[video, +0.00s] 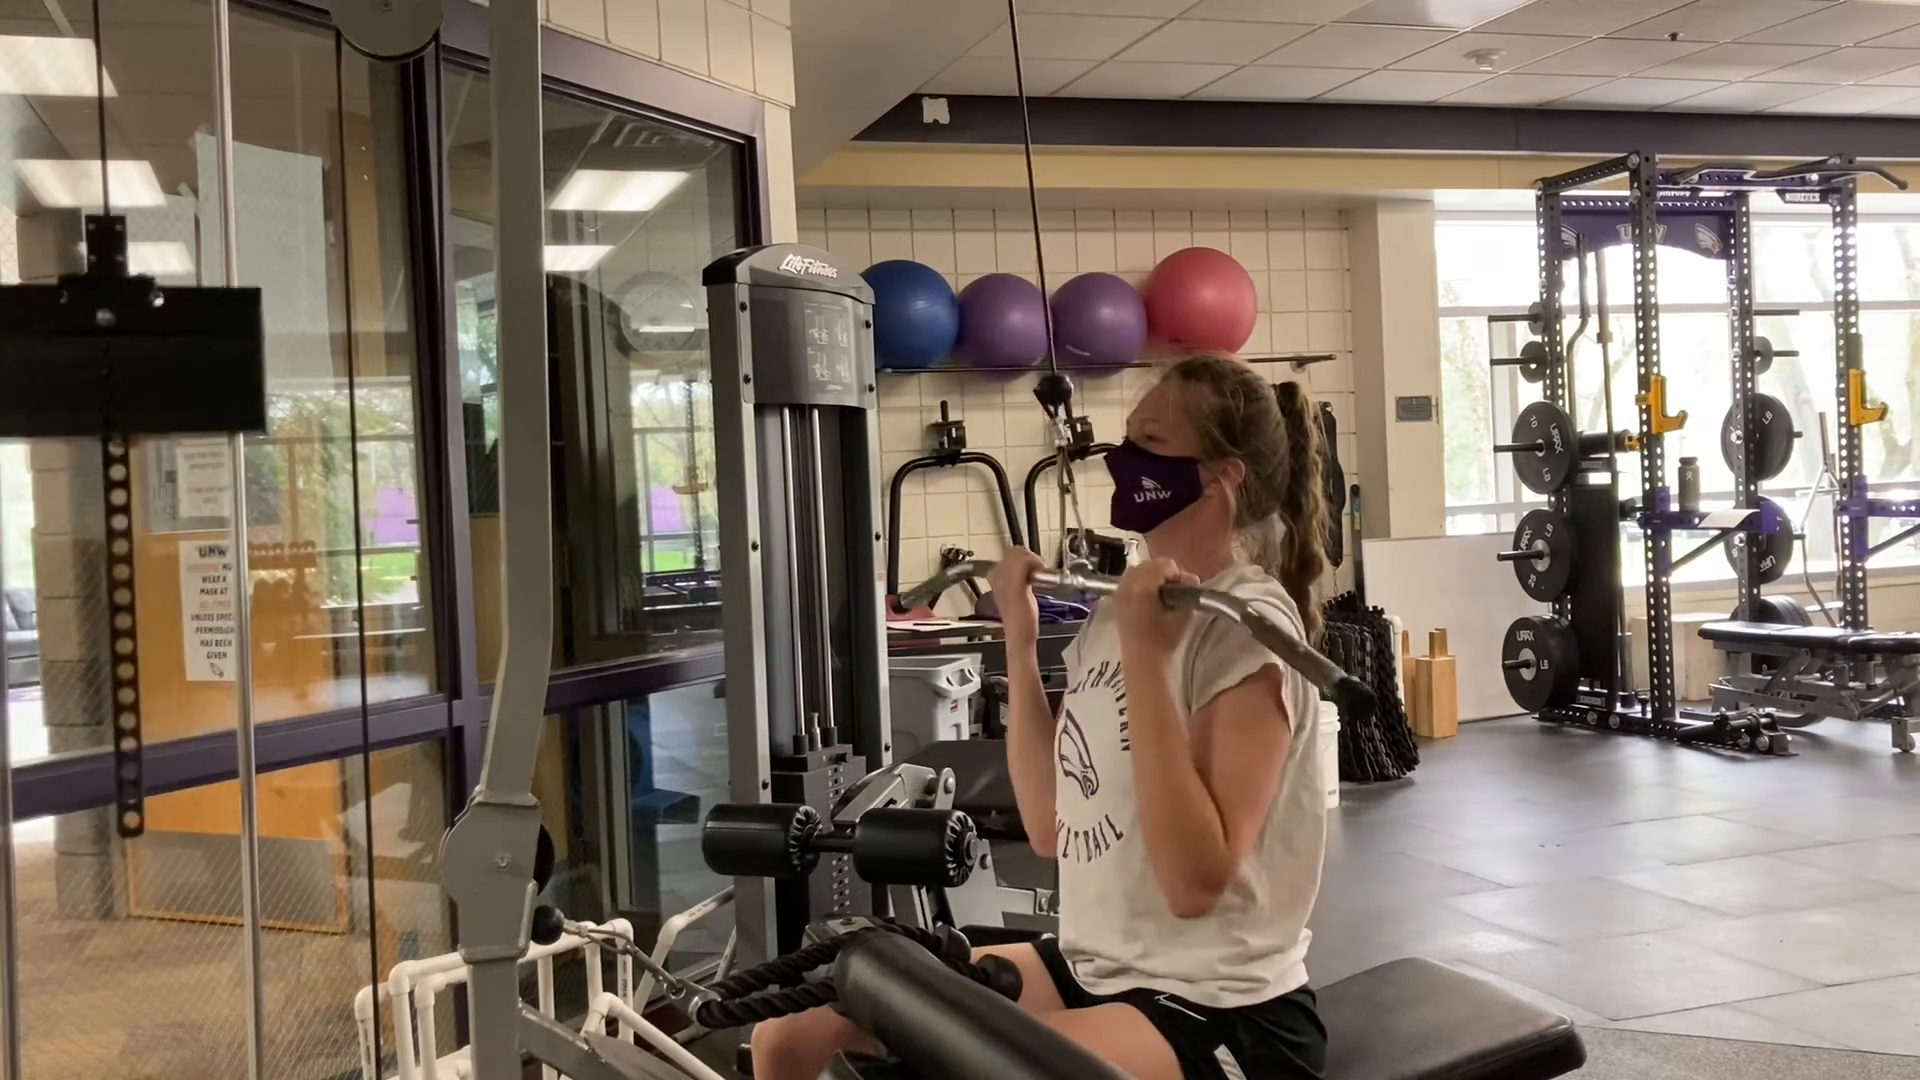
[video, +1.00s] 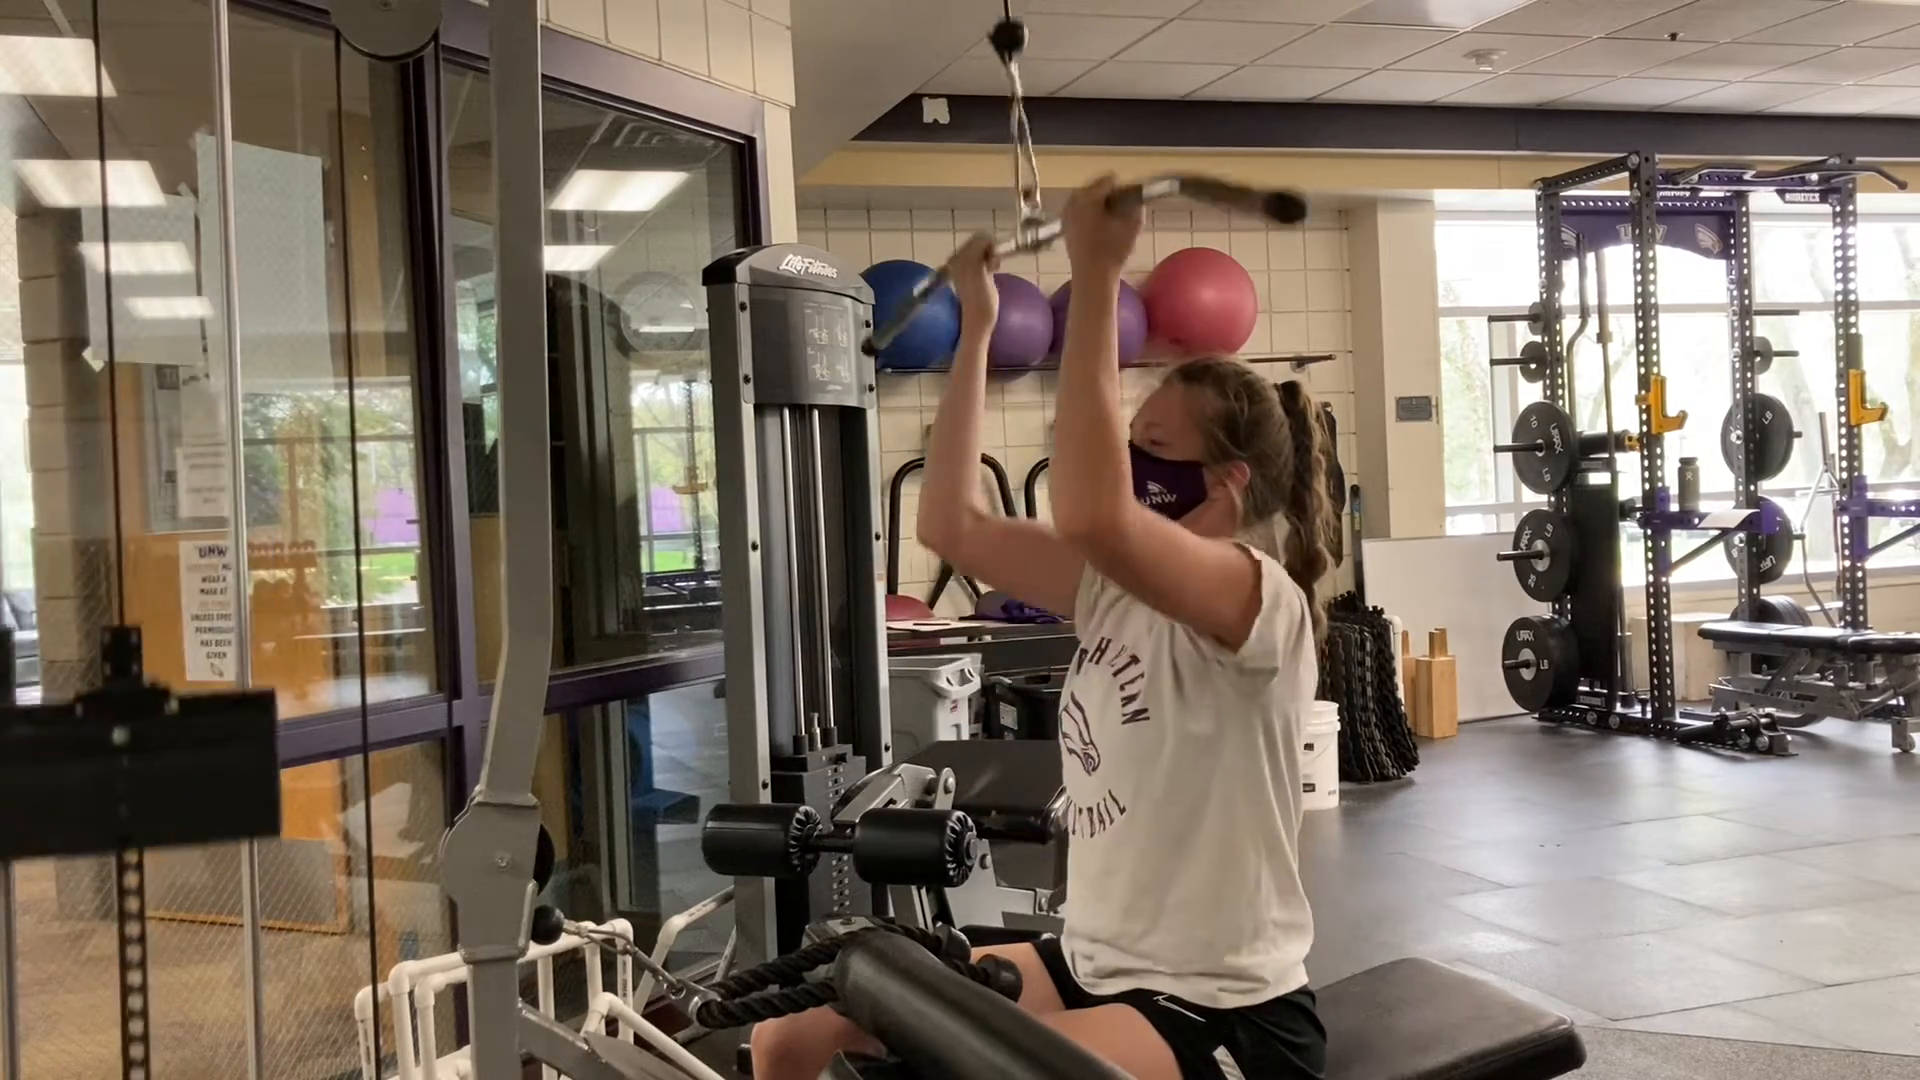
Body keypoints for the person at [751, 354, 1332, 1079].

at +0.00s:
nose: (1122, 463)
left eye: (1150, 445)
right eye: (1127, 444)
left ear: (1227, 478)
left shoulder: (1248, 620)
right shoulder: (1122, 610)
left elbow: (1196, 882)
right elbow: (1050, 827)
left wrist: (1143, 651)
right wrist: (1020, 638)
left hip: (1222, 1007)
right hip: (1097, 961)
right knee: (788, 1043)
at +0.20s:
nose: (1125, 466)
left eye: (1153, 449)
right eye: (1130, 446)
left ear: (1230, 479)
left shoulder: (1247, 621)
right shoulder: (1119, 614)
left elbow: (1201, 881)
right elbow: (1051, 829)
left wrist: (1142, 649)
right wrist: (1020, 644)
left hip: (1223, 1008)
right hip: (1095, 964)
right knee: (788, 1042)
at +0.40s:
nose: (1129, 477)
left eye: (1156, 457)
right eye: (1133, 455)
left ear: (1234, 482)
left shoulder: (1254, 622)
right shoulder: (1122, 612)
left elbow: (1162, 850)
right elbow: (1019, 804)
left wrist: (1123, 615)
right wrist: (1004, 618)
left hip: (1223, 1006)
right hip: (1095, 965)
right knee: (788, 1040)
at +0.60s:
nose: (1140, 459)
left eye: (1163, 442)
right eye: (1141, 438)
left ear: (1229, 476)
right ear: (1138, 462)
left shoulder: (1260, 609)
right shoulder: (1127, 590)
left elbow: (1113, 740)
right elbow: (959, 711)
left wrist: (1096, 512)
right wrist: (985, 521)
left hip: (1224, 1005)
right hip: (1095, 964)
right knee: (788, 1039)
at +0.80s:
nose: (1124, 469)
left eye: (1153, 454)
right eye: (1128, 448)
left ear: (1231, 481)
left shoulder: (1259, 604)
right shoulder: (1119, 596)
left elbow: (1098, 617)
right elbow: (945, 609)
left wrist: (1095, 384)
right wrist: (979, 420)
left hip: (1225, 1011)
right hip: (1091, 964)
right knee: (788, 1039)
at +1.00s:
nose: (1129, 474)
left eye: (1157, 460)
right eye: (1129, 450)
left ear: (1234, 484)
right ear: (1118, 442)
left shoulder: (1257, 600)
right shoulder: (1107, 576)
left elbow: (1093, 516)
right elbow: (951, 526)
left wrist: (1094, 275)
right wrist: (976, 330)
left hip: (1224, 1012)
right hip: (1091, 966)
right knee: (791, 1036)